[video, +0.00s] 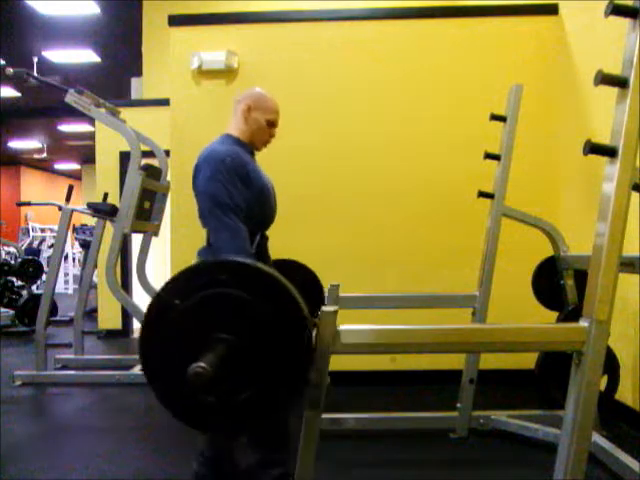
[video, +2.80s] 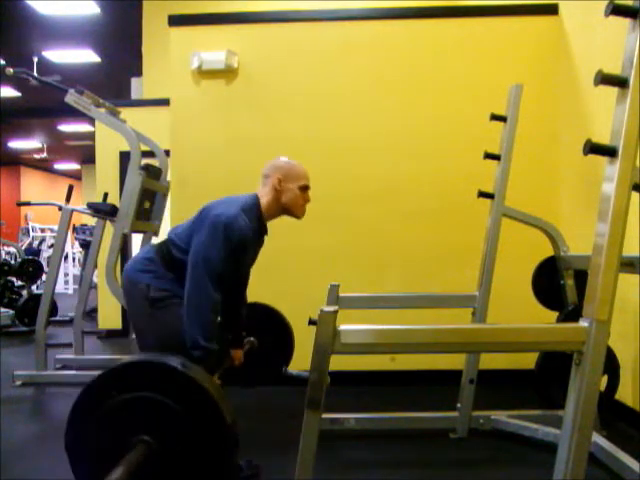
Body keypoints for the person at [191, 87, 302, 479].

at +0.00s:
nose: (273, 133)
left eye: (276, 125)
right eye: (270, 123)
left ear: (251, 117)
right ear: (245, 114)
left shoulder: (242, 158)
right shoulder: (221, 157)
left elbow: (250, 234)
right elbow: (226, 234)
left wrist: (269, 288)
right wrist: (241, 294)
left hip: (250, 292)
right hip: (228, 294)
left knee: (252, 386)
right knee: (229, 387)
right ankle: (222, 465)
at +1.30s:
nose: (221, 116)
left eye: (220, 108)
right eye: (213, 107)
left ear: (189, 109)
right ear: (185, 108)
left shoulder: (190, 159)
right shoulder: (166, 161)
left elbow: (206, 238)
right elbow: (175, 247)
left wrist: (229, 285)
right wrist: (216, 295)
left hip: (202, 295)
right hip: (183, 299)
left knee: (213, 378)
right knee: (204, 380)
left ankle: (208, 459)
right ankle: (206, 462)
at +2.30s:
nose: (272, 142)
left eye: (272, 135)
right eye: (266, 134)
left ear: (244, 135)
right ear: (238, 131)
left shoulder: (227, 182)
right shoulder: (200, 175)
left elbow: (218, 253)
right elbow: (181, 250)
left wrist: (227, 306)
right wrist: (203, 310)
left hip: (189, 292)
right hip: (160, 292)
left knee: (211, 372)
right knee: (196, 376)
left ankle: (209, 455)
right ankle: (199, 459)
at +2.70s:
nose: (302, 188)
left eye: (302, 180)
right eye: (296, 179)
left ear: (272, 178)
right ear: (270, 175)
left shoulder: (248, 221)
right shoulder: (221, 210)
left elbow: (232, 285)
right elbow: (196, 283)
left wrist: (234, 335)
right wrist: (203, 348)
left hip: (173, 285)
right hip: (149, 283)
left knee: (194, 370)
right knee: (174, 372)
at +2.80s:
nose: (309, 198)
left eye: (308, 190)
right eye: (303, 189)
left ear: (278, 185)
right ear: (278, 185)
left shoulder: (251, 226)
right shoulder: (229, 220)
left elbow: (235, 291)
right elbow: (201, 291)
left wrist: (235, 341)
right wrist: (206, 358)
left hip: (175, 284)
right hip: (150, 281)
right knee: (169, 368)